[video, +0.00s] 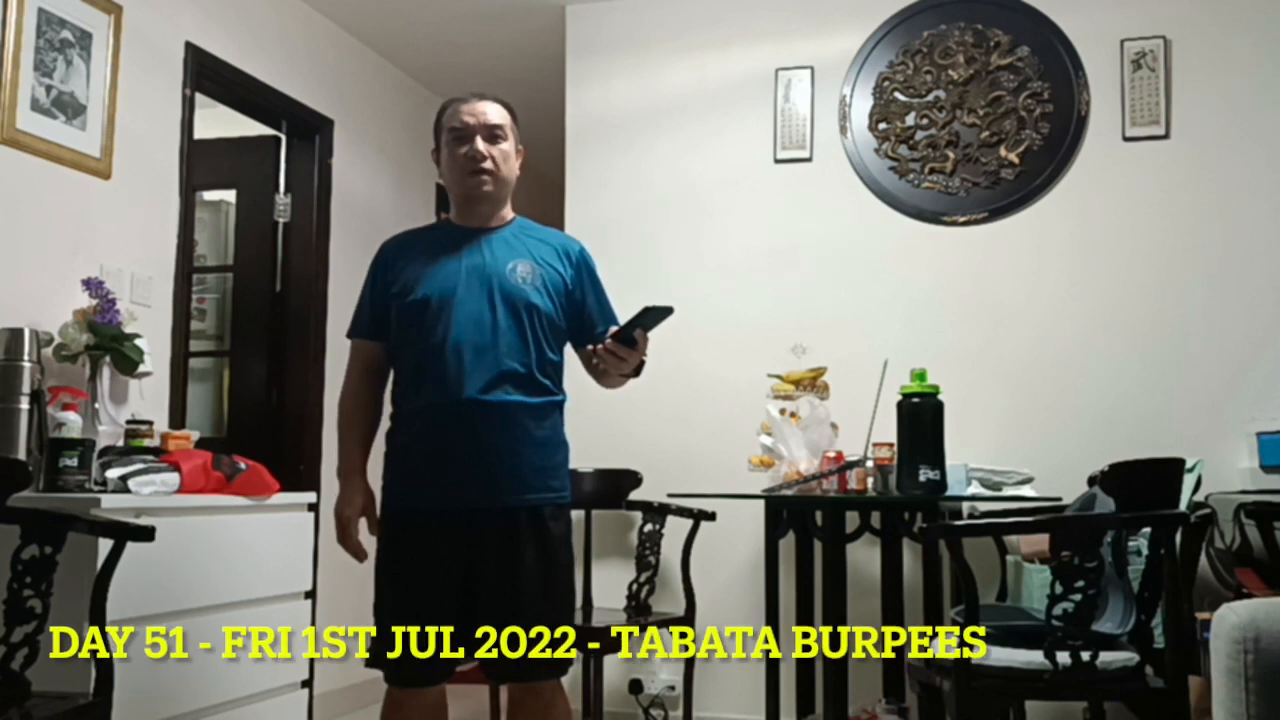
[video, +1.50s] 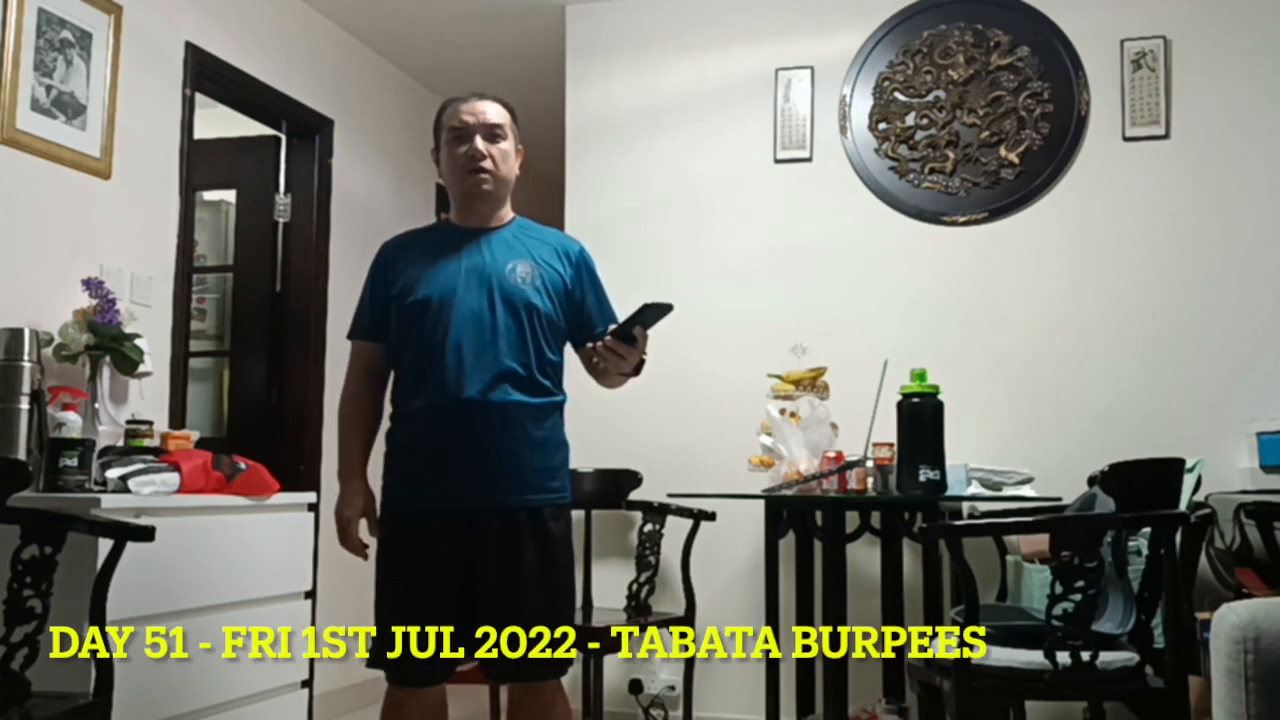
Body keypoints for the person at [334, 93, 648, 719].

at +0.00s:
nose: (478, 146)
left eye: (494, 135)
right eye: (460, 137)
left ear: (519, 159)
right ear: (438, 162)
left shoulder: (563, 253)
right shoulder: (400, 256)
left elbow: (603, 362)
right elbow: (365, 374)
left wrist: (622, 362)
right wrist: (352, 475)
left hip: (528, 496)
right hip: (422, 495)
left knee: (536, 680)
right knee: (412, 681)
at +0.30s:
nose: (477, 146)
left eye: (493, 135)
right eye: (460, 137)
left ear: (519, 159)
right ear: (438, 162)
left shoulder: (563, 253)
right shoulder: (400, 256)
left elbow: (603, 363)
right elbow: (365, 375)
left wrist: (622, 362)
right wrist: (352, 476)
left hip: (528, 496)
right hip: (422, 496)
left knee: (536, 680)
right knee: (412, 681)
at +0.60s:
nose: (478, 146)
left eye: (494, 135)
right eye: (460, 137)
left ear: (519, 159)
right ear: (438, 161)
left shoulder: (563, 253)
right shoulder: (400, 256)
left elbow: (604, 363)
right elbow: (365, 375)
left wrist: (622, 362)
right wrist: (352, 475)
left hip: (528, 496)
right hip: (422, 496)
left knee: (536, 680)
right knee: (412, 681)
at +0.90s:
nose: (477, 146)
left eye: (493, 135)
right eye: (460, 137)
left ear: (519, 159)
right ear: (438, 161)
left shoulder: (563, 253)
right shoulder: (400, 256)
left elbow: (603, 363)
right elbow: (365, 374)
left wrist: (623, 362)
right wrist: (351, 476)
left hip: (528, 496)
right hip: (421, 496)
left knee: (536, 680)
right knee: (412, 681)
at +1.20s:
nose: (477, 145)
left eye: (493, 134)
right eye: (460, 137)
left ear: (519, 159)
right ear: (437, 161)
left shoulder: (562, 253)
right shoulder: (400, 256)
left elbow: (603, 362)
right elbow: (365, 375)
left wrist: (622, 362)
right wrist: (352, 476)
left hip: (528, 496)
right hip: (421, 496)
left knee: (536, 680)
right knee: (412, 681)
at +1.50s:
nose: (477, 146)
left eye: (493, 134)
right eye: (460, 137)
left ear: (519, 159)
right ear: (438, 161)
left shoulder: (563, 253)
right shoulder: (400, 256)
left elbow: (603, 363)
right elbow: (365, 376)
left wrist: (622, 362)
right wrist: (352, 477)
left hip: (528, 497)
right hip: (421, 497)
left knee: (536, 680)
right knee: (413, 681)